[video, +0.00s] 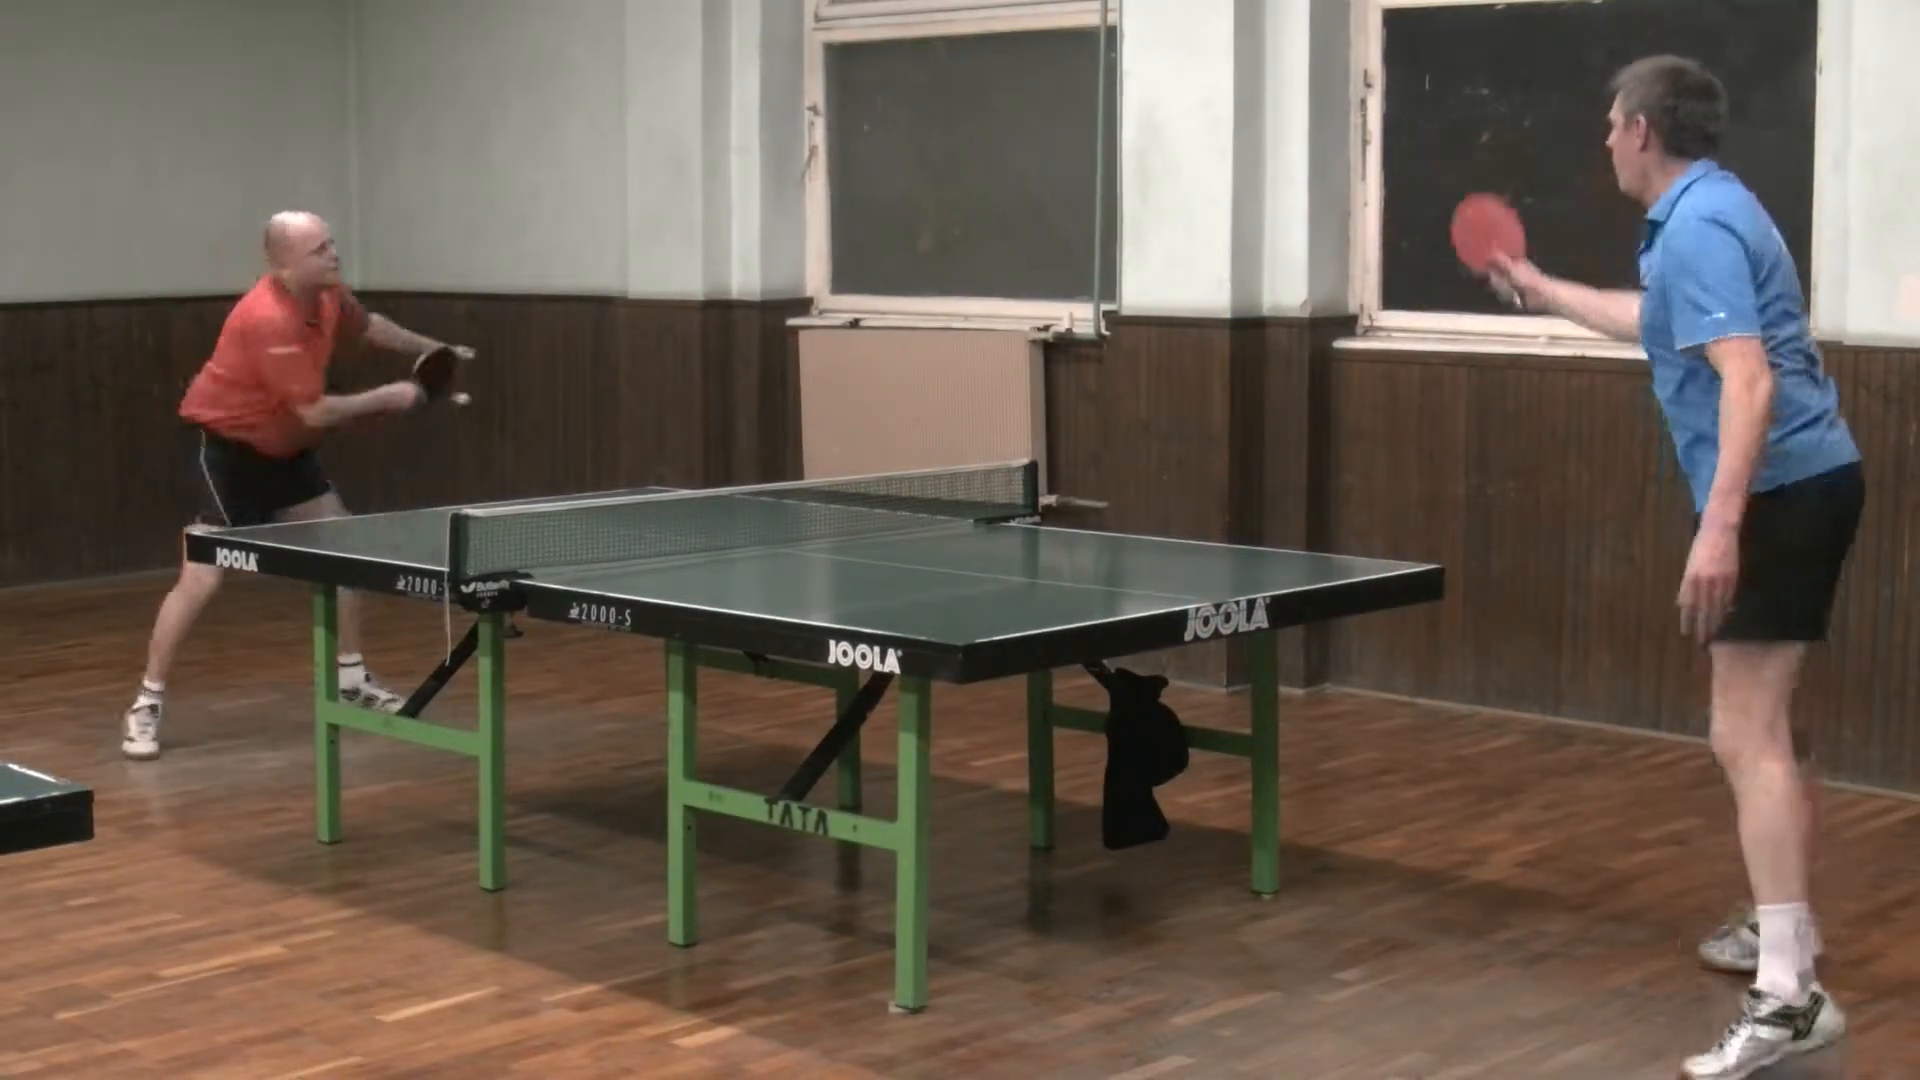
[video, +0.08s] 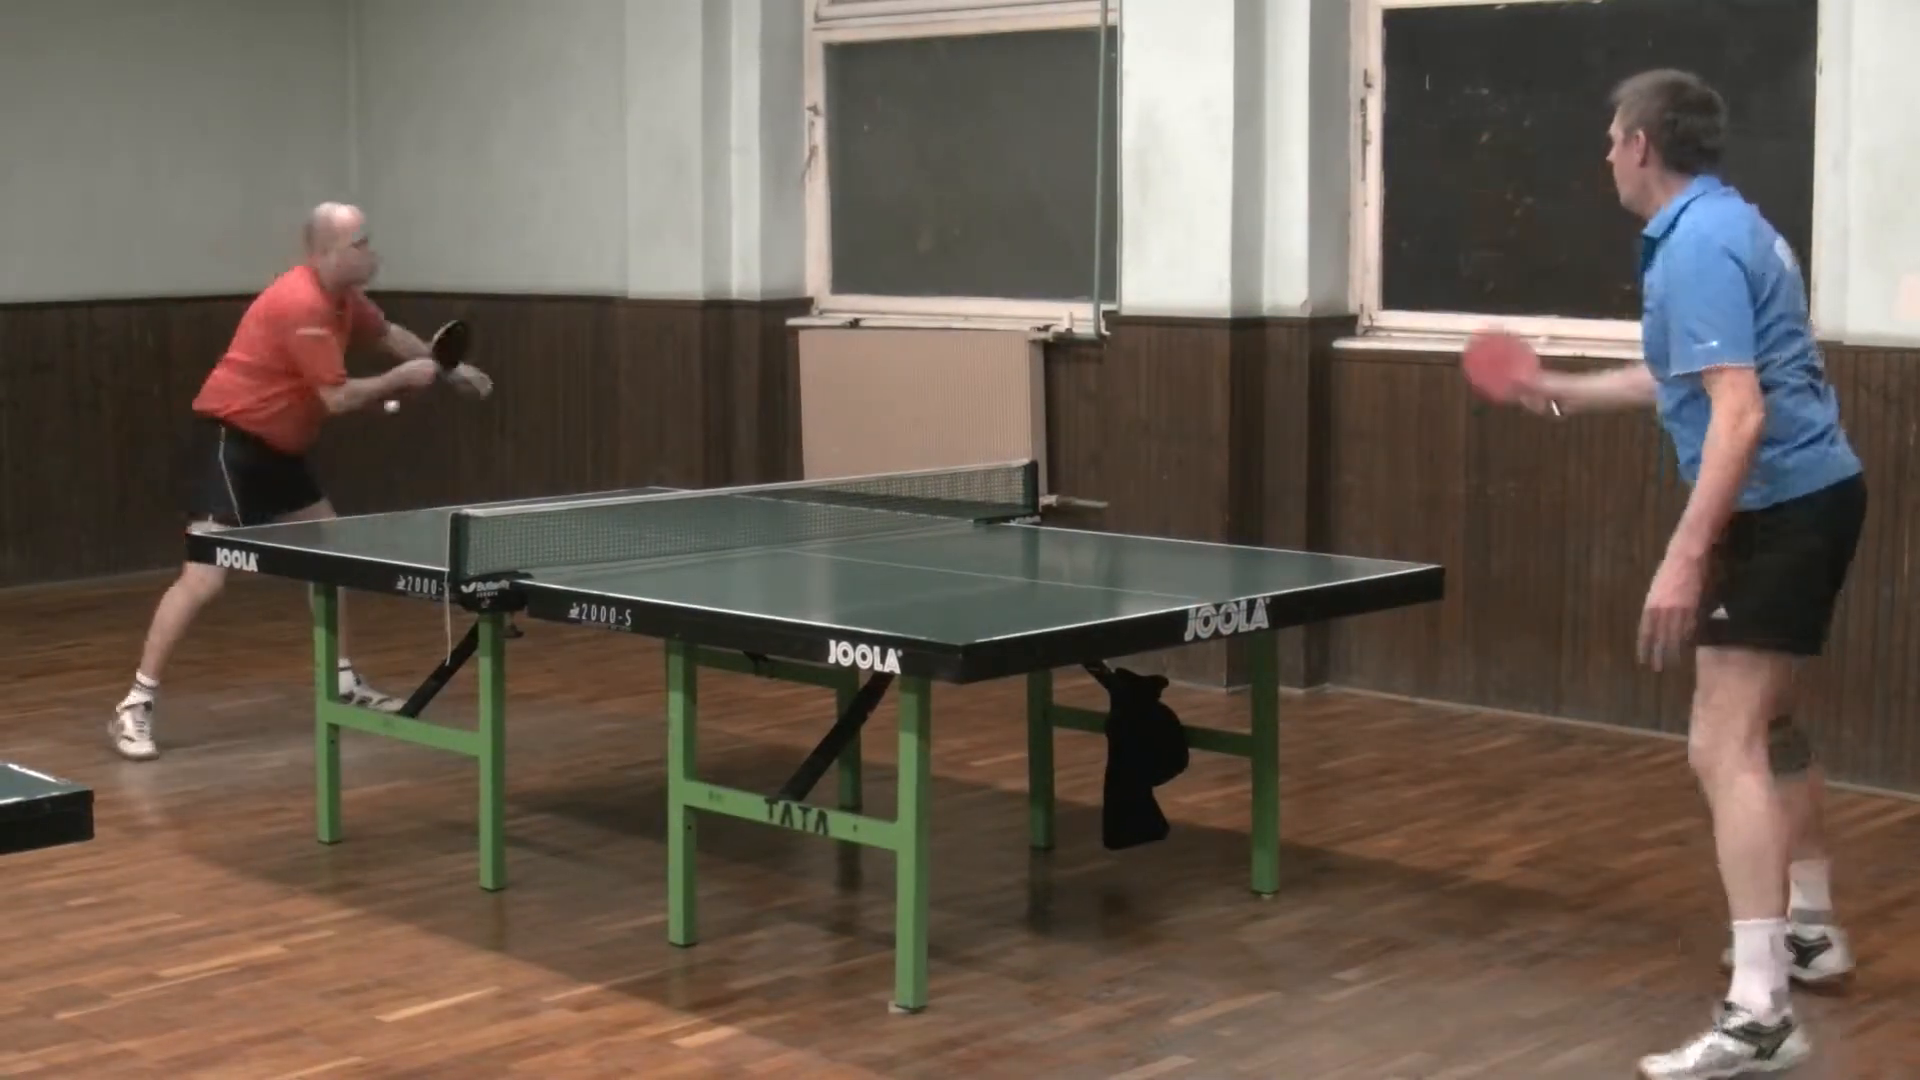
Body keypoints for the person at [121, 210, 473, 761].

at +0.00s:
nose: (334, 255)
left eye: (331, 246)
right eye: (321, 251)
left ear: (321, 253)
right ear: (287, 266)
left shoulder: (326, 292)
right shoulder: (267, 318)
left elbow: (370, 327)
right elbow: (312, 411)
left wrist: (434, 351)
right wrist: (388, 396)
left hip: (287, 446)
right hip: (226, 447)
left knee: (345, 547)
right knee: (201, 578)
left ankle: (351, 682)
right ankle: (147, 703)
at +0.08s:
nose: (372, 251)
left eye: (369, 242)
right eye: (361, 244)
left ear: (344, 252)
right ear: (328, 254)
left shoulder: (341, 295)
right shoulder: (300, 302)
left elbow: (389, 336)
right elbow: (335, 398)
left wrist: (450, 371)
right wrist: (401, 378)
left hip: (278, 446)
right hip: (225, 438)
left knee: (333, 548)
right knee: (204, 577)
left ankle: (342, 685)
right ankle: (136, 704)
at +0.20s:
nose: (415, 246)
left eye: (412, 236)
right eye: (407, 237)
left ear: (375, 240)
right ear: (376, 241)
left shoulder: (362, 298)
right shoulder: (338, 287)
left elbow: (367, 381)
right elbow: (349, 384)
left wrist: (413, 434)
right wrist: (419, 386)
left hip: (291, 435)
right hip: (249, 420)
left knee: (334, 550)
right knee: (230, 555)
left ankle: (341, 682)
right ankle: (145, 684)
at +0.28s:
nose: (422, 255)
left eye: (423, 244)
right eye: (422, 243)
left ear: (383, 231)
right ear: (405, 236)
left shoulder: (362, 277)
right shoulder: (357, 276)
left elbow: (334, 373)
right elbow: (357, 372)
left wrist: (356, 445)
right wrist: (424, 414)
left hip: (308, 425)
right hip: (271, 411)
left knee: (333, 551)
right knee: (255, 548)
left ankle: (338, 677)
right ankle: (168, 671)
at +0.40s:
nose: (424, 251)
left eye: (424, 242)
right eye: (426, 241)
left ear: (383, 224)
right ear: (418, 234)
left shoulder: (356, 259)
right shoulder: (380, 263)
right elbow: (365, 350)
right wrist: (404, 427)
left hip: (310, 405)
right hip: (301, 403)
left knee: (330, 543)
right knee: (305, 540)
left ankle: (338, 679)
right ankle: (234, 672)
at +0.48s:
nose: (428, 245)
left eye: (428, 235)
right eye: (431, 235)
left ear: (379, 221)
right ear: (426, 230)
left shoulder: (356, 257)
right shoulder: (391, 261)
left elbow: (335, 345)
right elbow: (375, 341)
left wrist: (377, 418)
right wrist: (395, 425)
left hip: (300, 396)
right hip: (323, 401)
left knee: (330, 537)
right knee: (338, 534)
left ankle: (332, 675)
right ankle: (293, 676)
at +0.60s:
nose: (431, 240)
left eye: (431, 232)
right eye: (434, 231)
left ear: (386, 221)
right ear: (429, 228)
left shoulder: (352, 262)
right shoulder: (407, 263)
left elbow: (336, 340)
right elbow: (394, 338)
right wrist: (401, 419)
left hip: (306, 401)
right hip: (350, 406)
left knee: (331, 539)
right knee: (383, 538)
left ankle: (337, 670)